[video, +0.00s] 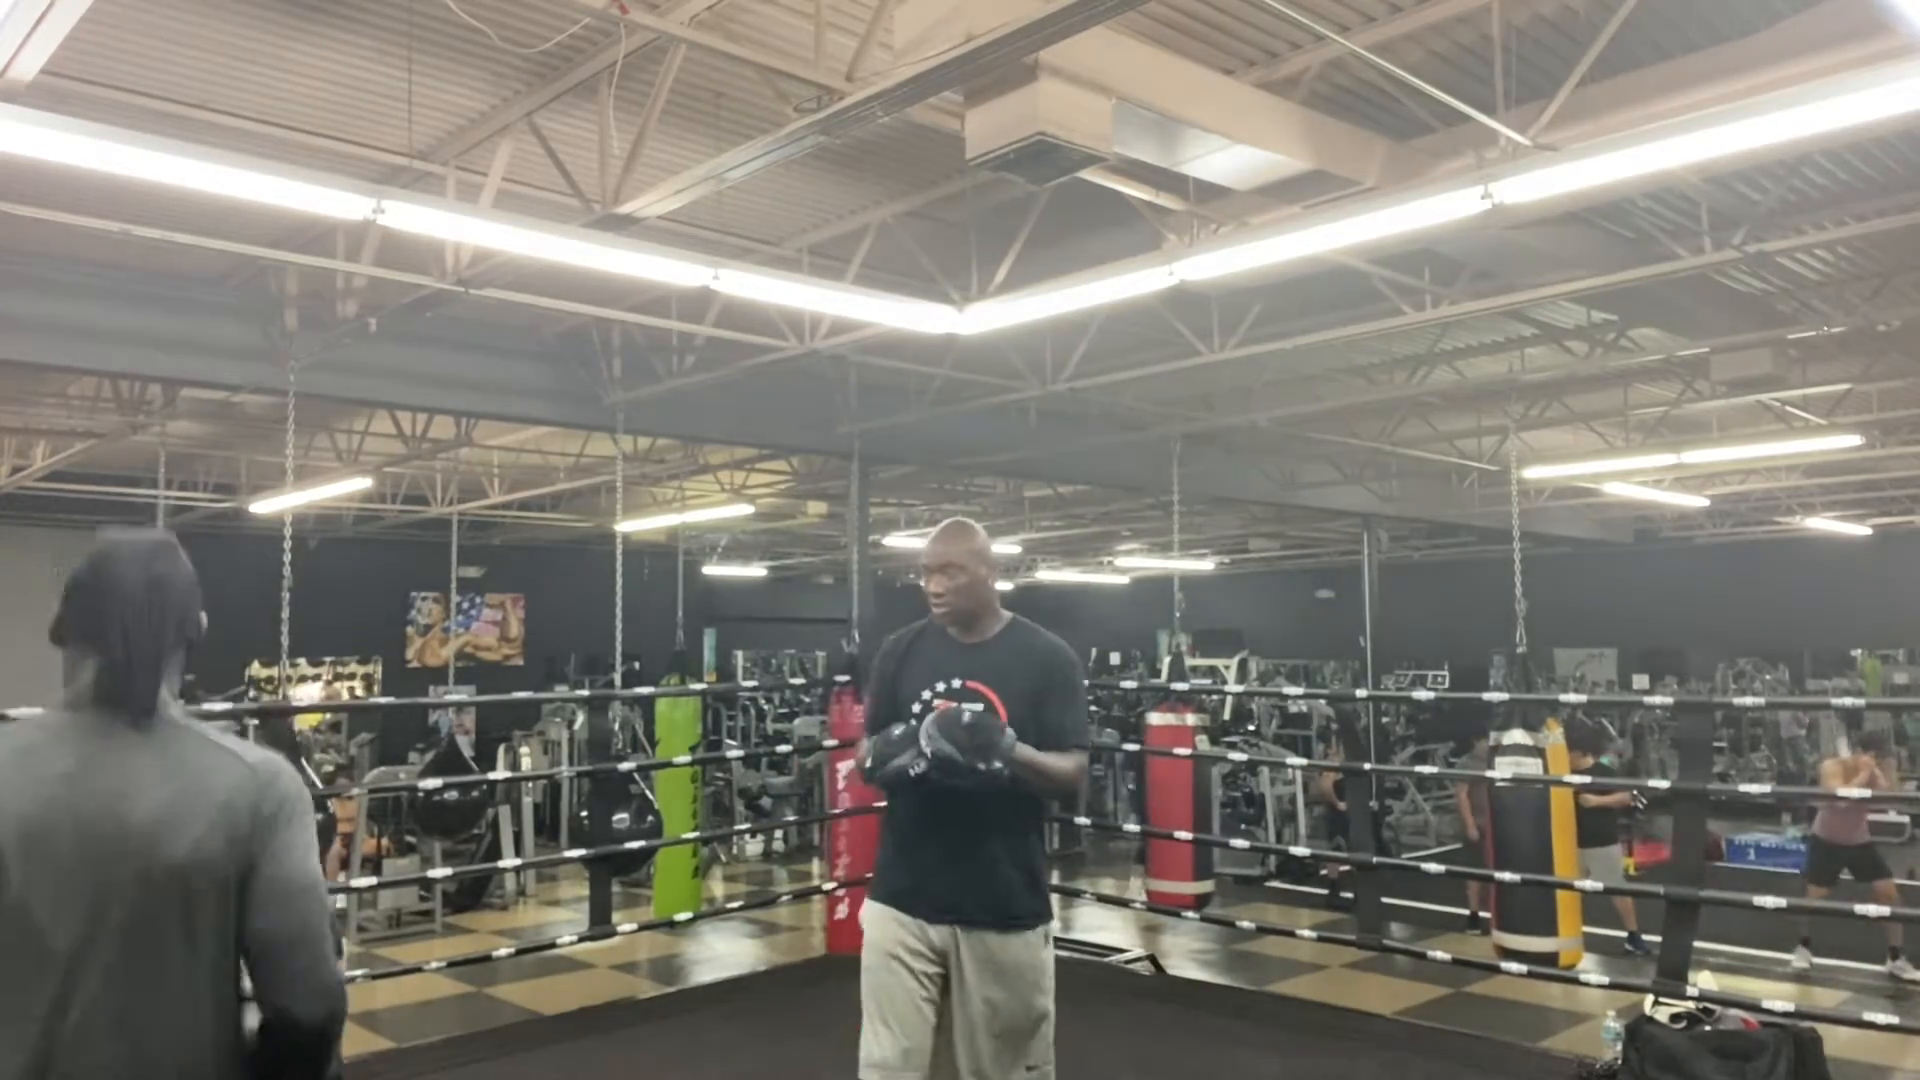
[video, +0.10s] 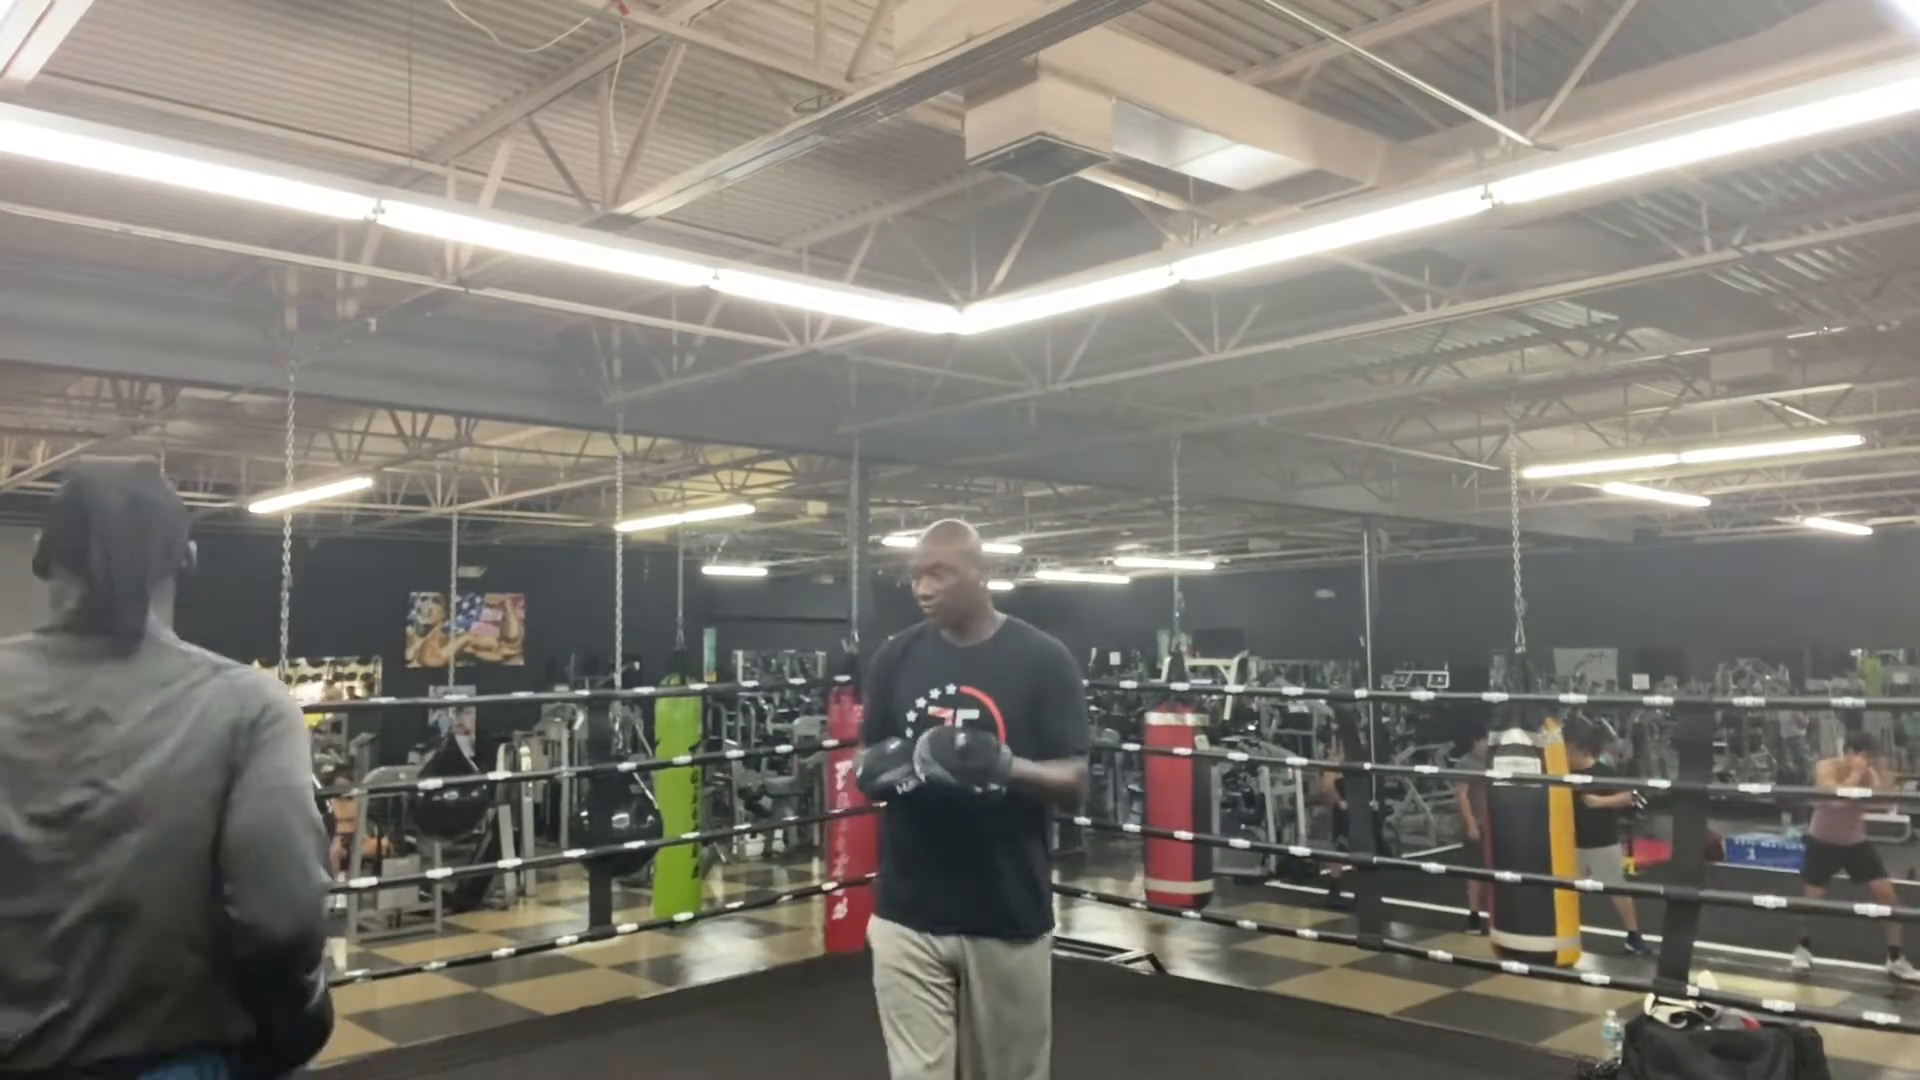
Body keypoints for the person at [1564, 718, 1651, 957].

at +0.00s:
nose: (1566, 756)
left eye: (1570, 751)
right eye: (1567, 751)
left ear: (1583, 753)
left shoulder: (1602, 773)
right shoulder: (1569, 776)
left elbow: (1626, 797)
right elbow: (1586, 800)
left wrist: (1596, 799)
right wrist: (1615, 799)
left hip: (1602, 843)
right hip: (1573, 843)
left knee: (1618, 890)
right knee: (1566, 890)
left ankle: (1633, 934)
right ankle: (1563, 936)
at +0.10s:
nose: (1564, 754)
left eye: (1568, 748)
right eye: (1565, 748)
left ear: (1581, 748)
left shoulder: (1603, 774)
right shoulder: (1565, 776)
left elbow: (1628, 797)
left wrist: (1600, 800)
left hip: (1603, 843)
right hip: (1572, 843)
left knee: (1618, 890)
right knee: (1565, 891)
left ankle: (1633, 934)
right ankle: (1562, 936)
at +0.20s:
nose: (1573, 758)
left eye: (1578, 752)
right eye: (1570, 752)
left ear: (1590, 752)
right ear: (1563, 751)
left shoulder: (1604, 773)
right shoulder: (1561, 775)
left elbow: (1629, 797)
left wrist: (1603, 801)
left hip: (1604, 842)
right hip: (1571, 843)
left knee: (1618, 890)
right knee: (1565, 891)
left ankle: (1633, 934)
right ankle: (1562, 937)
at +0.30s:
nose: (1584, 758)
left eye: (1588, 752)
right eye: (1579, 751)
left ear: (1595, 751)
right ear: (1566, 751)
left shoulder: (1604, 773)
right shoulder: (1560, 774)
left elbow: (1628, 796)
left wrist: (1608, 802)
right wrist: (1624, 799)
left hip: (1604, 842)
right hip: (1571, 843)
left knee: (1618, 890)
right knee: (1564, 891)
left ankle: (1633, 934)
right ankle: (1561, 936)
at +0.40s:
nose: (1592, 759)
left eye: (1594, 752)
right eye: (1586, 753)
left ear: (1598, 750)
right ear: (1569, 752)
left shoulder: (1603, 772)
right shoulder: (1560, 776)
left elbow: (1626, 795)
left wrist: (1612, 802)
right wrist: (1617, 801)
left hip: (1606, 841)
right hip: (1574, 842)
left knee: (1619, 890)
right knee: (1565, 892)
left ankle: (1633, 934)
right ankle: (1561, 937)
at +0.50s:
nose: (1597, 758)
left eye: (1598, 752)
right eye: (1591, 753)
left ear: (1601, 750)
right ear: (1571, 754)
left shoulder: (1606, 773)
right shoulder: (1564, 777)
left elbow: (1624, 791)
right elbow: (1572, 808)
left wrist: (1623, 799)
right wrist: (1607, 803)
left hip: (1607, 840)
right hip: (1575, 843)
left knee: (1620, 890)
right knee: (1565, 892)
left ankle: (1633, 934)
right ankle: (1561, 936)